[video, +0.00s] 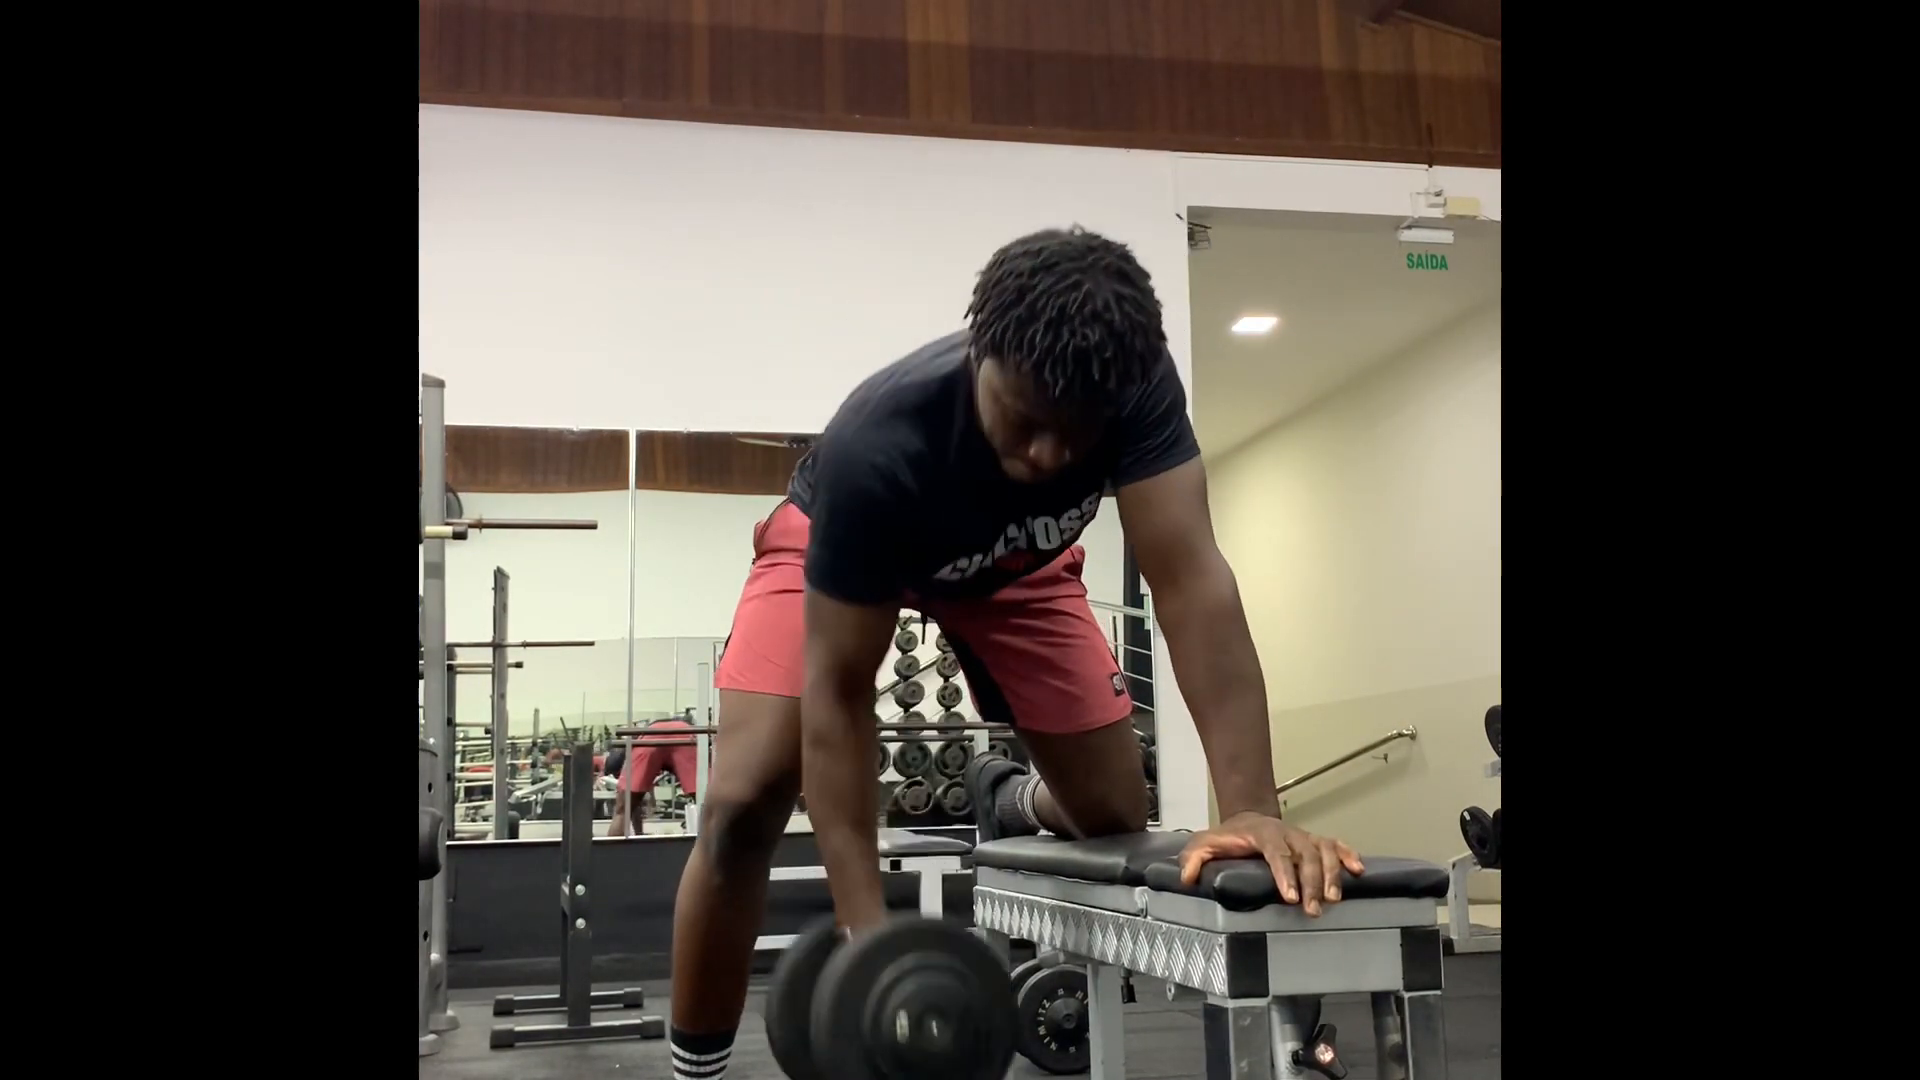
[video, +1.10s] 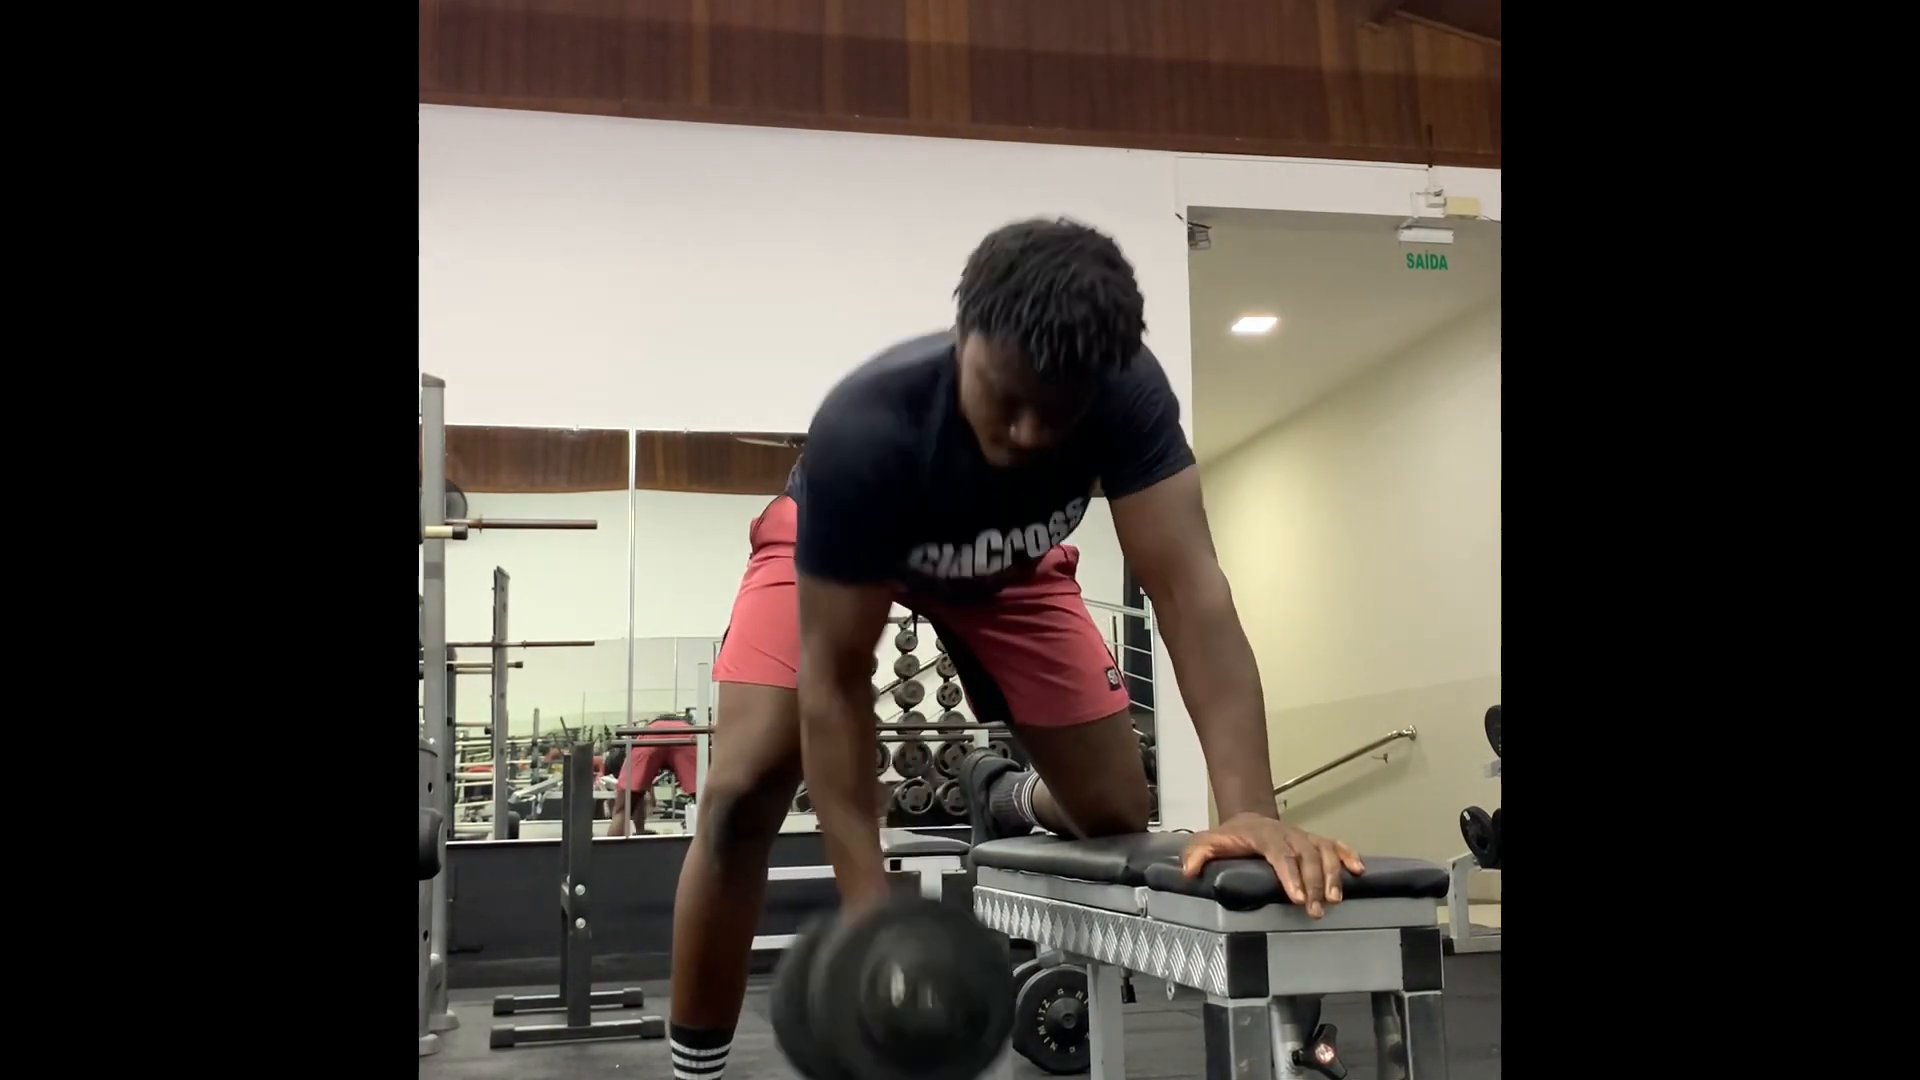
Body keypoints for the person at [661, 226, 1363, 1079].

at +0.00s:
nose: (1047, 454)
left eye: (1077, 430)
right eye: (1023, 422)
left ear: (1123, 390)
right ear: (980, 361)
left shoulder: (1136, 386)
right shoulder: (882, 454)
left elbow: (1189, 573)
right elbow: (838, 699)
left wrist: (1252, 806)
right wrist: (870, 949)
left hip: (1020, 561)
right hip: (842, 552)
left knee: (1119, 817)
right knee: (741, 807)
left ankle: (1016, 800)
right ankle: (696, 1075)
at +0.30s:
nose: (1021, 417)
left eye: (1053, 398)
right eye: (1006, 383)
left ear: (1108, 366)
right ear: (980, 322)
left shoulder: (1145, 382)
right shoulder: (880, 388)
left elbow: (1202, 590)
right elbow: (812, 609)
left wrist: (1251, 805)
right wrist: (851, 830)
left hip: (1020, 563)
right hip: (847, 546)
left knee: (1117, 815)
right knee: (749, 795)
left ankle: (1009, 799)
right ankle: (697, 1070)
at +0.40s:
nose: (1015, 309)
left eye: (1053, 303)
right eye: (1016, 278)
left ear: (1129, 299)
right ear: (1016, 225)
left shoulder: (1176, 363)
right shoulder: (941, 242)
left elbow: (1207, 565)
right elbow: (798, 374)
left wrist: (1253, 806)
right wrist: (818, 545)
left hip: (1018, 560)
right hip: (857, 523)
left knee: (1116, 813)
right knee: (759, 800)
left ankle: (1000, 805)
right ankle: (697, 1070)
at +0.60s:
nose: (1056, 343)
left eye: (1091, 331)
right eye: (1045, 307)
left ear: (1152, 311)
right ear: (1030, 242)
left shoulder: (1183, 366)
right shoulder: (944, 254)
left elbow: (1218, 573)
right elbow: (796, 334)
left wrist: (1255, 806)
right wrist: (820, 510)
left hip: (1022, 560)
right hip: (866, 523)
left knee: (1118, 814)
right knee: (755, 807)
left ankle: (996, 799)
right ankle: (698, 1072)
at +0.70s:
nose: (1056, 388)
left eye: (1091, 367)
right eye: (1038, 353)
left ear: (1139, 334)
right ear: (1004, 289)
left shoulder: (1163, 373)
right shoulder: (897, 339)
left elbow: (1203, 574)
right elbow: (799, 515)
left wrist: (1252, 804)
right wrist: (838, 724)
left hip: (1027, 566)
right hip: (857, 540)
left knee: (1121, 815)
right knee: (749, 801)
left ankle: (995, 796)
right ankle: (696, 1074)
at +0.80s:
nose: (1044, 445)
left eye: (1071, 422)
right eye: (1018, 418)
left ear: (1112, 377)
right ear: (973, 360)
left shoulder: (1136, 382)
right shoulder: (878, 439)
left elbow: (1188, 575)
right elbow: (832, 679)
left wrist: (1250, 803)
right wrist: (866, 919)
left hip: (1020, 563)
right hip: (843, 553)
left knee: (1122, 816)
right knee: (744, 797)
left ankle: (1012, 799)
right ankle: (696, 1070)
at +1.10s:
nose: (1028, 432)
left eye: (1058, 411)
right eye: (1006, 400)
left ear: (1101, 379)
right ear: (965, 342)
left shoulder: (1126, 394)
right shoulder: (866, 433)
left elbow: (1191, 587)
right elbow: (834, 683)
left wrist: (1250, 806)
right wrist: (871, 921)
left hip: (1013, 563)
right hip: (839, 552)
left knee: (1121, 815)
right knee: (741, 794)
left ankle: (1002, 797)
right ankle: (695, 1072)